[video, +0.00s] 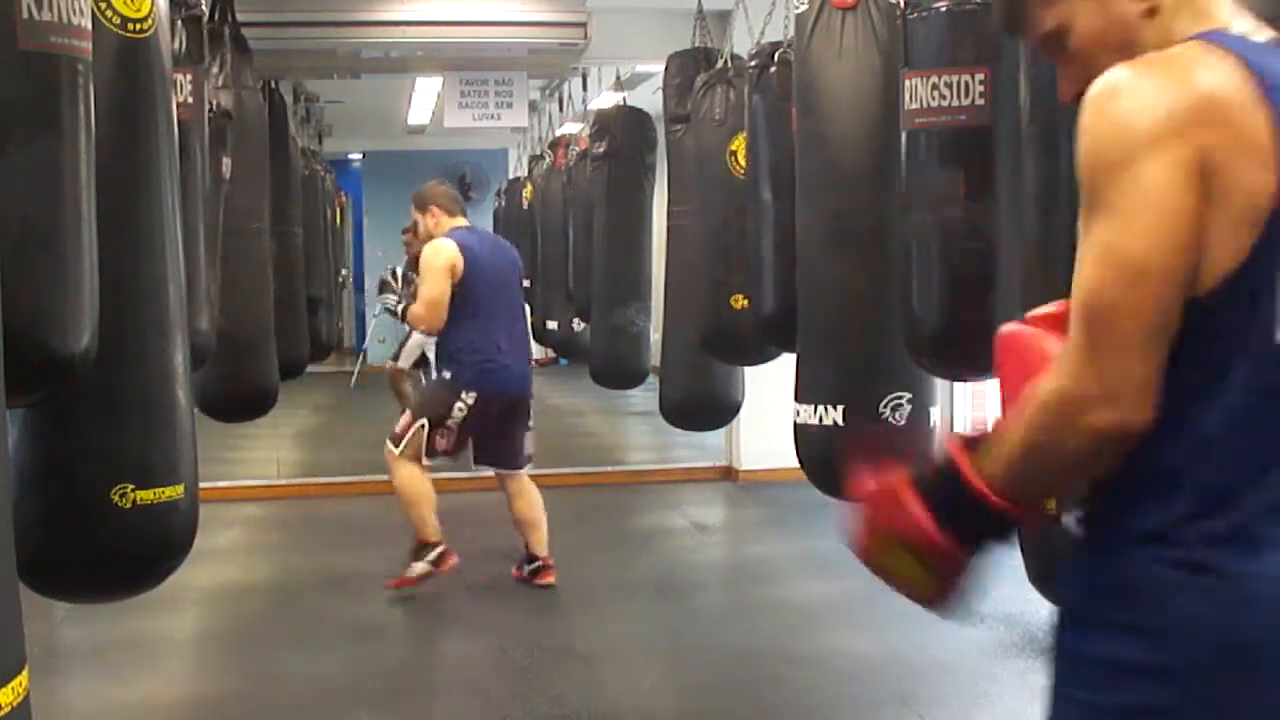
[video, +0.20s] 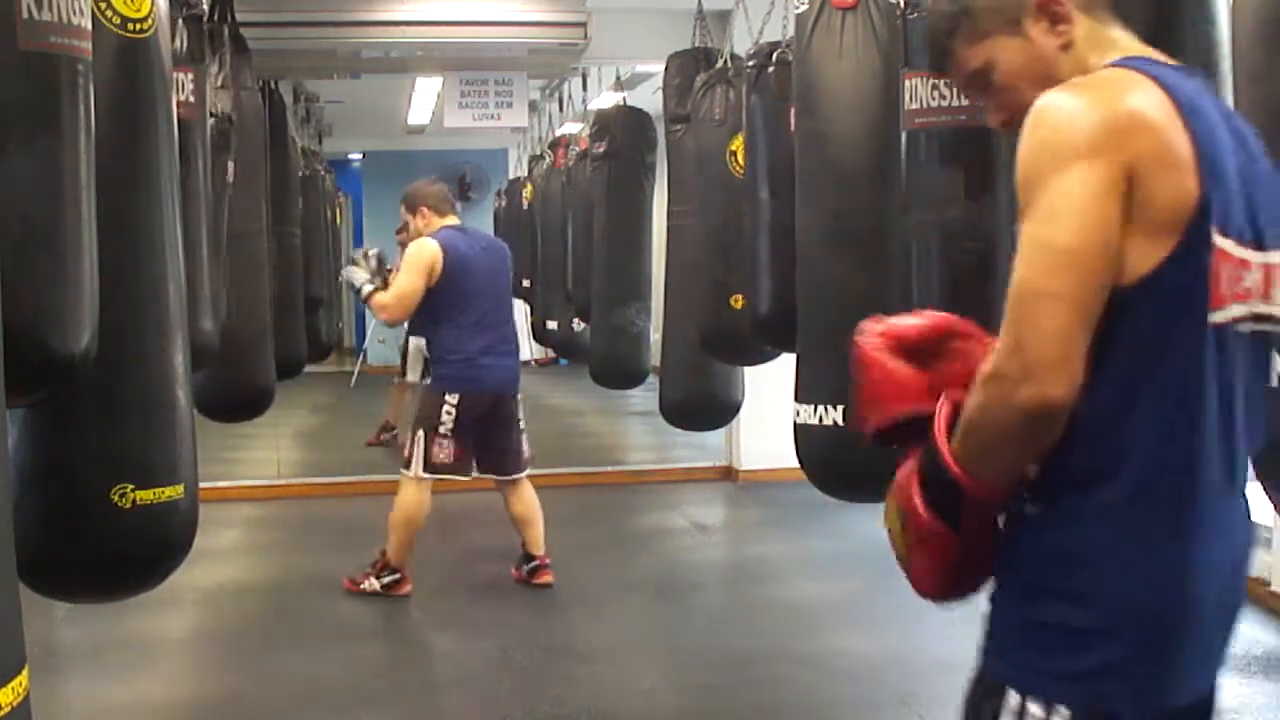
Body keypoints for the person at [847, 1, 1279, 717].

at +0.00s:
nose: (1066, 88)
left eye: (1060, 44)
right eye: (1048, 59)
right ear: (1138, 3)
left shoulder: (1151, 100)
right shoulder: (1262, 64)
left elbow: (1104, 400)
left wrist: (953, 507)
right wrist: (1103, 327)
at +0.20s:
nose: (993, 117)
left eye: (987, 79)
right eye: (976, 94)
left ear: (1052, 19)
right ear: (1059, 20)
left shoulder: (1085, 114)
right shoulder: (1214, 119)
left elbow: (1036, 384)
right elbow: (1171, 376)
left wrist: (941, 496)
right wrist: (995, 368)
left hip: (1095, 581)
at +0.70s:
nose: (809, 135)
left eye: (812, 101)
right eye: (793, 117)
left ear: (880, 42)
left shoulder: (943, 139)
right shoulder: (965, 126)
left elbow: (934, 385)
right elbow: (931, 337)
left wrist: (811, 488)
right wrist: (794, 343)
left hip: (926, 595)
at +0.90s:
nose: (702, 131)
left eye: (698, 102)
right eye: (687, 112)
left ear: (765, 44)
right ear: (769, 45)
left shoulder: (814, 134)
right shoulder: (878, 114)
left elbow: (802, 395)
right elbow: (870, 334)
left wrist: (703, 478)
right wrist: (715, 344)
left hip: (831, 559)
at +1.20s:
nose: (621, 133)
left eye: (616, 103)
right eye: (605, 113)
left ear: (682, 47)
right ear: (687, 48)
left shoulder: (731, 143)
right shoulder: (804, 114)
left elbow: (699, 403)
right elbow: (791, 350)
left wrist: (586, 513)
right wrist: (655, 341)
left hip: (760, 555)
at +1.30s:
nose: (610, 127)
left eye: (609, 95)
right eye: (595, 107)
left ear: (680, 42)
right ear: (685, 44)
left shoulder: (722, 146)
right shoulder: (801, 115)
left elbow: (674, 396)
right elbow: (798, 312)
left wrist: (544, 513)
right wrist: (668, 322)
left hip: (749, 547)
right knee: (814, 706)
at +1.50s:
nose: (608, 121)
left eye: (607, 90)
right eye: (593, 102)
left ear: (677, 39)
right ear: (682, 42)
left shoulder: (723, 136)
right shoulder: (796, 116)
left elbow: (657, 375)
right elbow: (780, 323)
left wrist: (523, 470)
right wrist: (650, 309)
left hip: (742, 546)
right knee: (819, 705)